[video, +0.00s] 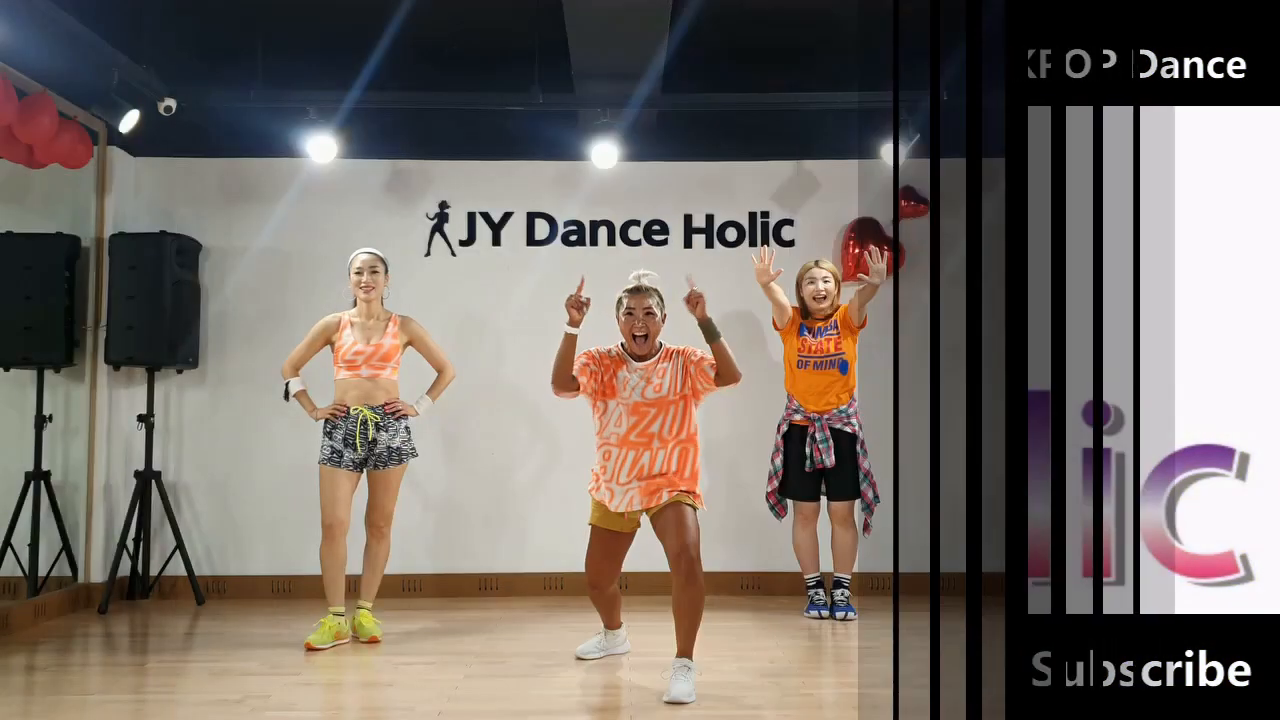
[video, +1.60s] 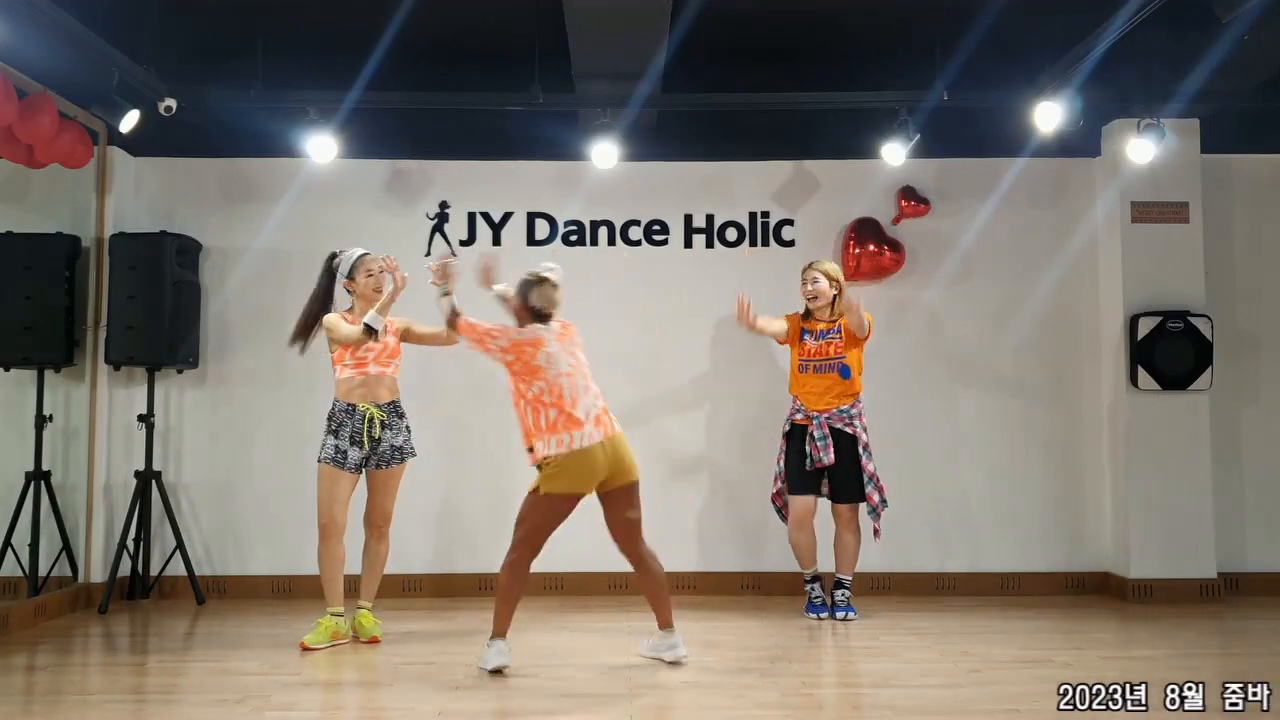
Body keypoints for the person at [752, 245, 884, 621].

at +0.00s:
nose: (818, 286)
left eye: (825, 281)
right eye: (810, 282)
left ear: (837, 290)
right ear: (800, 293)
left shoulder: (846, 319)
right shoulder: (792, 323)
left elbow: (859, 301)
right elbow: (781, 304)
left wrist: (873, 284)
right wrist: (766, 283)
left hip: (841, 427)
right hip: (800, 428)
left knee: (842, 513)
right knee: (806, 512)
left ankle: (841, 590)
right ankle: (814, 590)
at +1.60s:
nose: (808, 287)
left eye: (815, 281)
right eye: (804, 282)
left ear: (834, 287)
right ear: (801, 291)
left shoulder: (851, 323)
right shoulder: (795, 324)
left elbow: (858, 325)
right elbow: (774, 326)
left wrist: (851, 304)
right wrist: (752, 323)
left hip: (844, 427)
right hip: (802, 427)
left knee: (846, 514)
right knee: (800, 513)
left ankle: (842, 592)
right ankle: (813, 588)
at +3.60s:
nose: (832, 289)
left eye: (837, 283)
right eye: (824, 285)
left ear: (847, 291)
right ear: (812, 295)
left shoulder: (866, 332)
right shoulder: (799, 338)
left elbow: (888, 382)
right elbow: (784, 390)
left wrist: (909, 425)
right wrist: (774, 434)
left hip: (859, 431)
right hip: (817, 432)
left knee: (870, 510)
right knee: (822, 514)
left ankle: (863, 589)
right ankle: (826, 590)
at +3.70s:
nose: (835, 288)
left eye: (841, 283)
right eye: (827, 284)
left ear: (851, 291)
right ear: (816, 294)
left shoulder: (869, 332)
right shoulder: (803, 335)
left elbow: (881, 386)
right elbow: (789, 381)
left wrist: (890, 433)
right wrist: (784, 415)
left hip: (864, 430)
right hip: (821, 432)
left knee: (865, 513)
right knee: (825, 515)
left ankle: (860, 592)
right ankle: (827, 590)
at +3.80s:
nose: (840, 289)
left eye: (846, 283)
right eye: (832, 285)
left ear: (856, 291)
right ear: (821, 295)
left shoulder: (874, 331)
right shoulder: (807, 334)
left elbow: (881, 380)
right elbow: (793, 373)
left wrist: (868, 413)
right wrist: (789, 393)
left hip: (863, 431)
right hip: (822, 432)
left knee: (868, 515)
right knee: (826, 516)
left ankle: (861, 592)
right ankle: (827, 590)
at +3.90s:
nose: (843, 287)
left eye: (848, 281)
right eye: (835, 283)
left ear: (859, 289)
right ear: (824, 293)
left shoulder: (877, 329)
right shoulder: (809, 332)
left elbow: (885, 377)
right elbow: (787, 382)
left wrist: (855, 382)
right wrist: (795, 371)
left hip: (865, 429)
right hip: (822, 430)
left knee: (867, 514)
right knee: (823, 512)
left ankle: (861, 592)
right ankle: (828, 584)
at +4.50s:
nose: (810, 297)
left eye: (816, 291)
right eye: (801, 293)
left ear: (826, 299)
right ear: (789, 304)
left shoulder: (839, 327)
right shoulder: (784, 343)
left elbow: (835, 348)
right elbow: (748, 368)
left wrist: (789, 335)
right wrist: (741, 344)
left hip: (866, 425)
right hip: (824, 434)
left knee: (912, 501)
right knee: (813, 511)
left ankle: (929, 570)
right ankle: (829, 593)